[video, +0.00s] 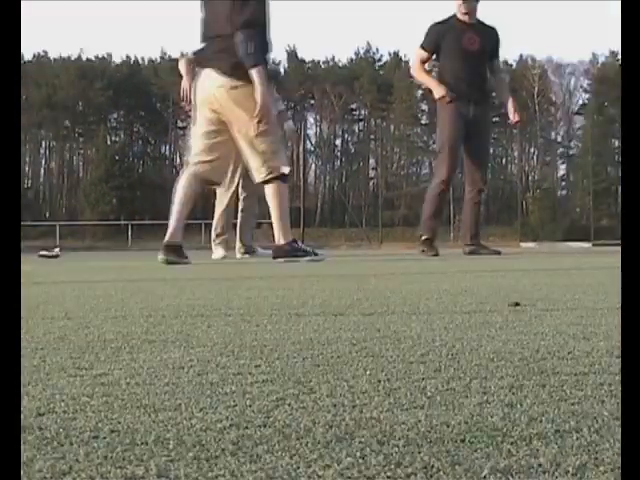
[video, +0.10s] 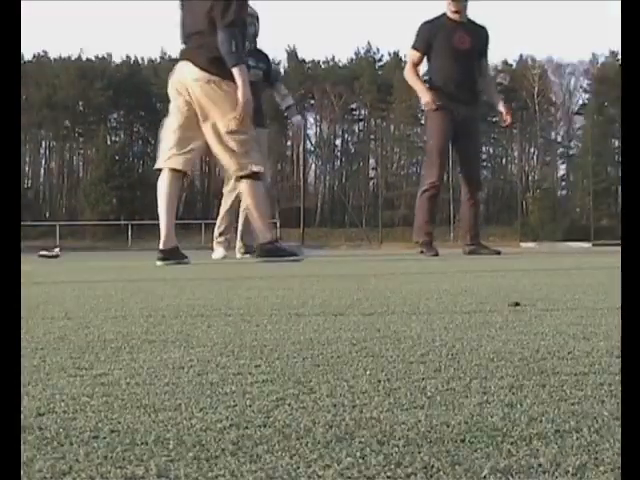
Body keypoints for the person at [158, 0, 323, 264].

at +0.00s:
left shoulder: (213, 7)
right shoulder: (250, 4)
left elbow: (214, 42)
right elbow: (247, 36)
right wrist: (262, 86)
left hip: (208, 77)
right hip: (239, 80)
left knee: (198, 165)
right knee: (272, 164)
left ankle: (172, 241)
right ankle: (284, 241)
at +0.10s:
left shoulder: (191, 6)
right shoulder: (230, 2)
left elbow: (191, 39)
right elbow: (227, 35)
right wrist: (243, 84)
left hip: (183, 70)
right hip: (215, 75)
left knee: (172, 162)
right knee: (246, 164)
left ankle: (167, 245)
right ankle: (267, 241)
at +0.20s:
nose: (244, 30)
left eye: (247, 26)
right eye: (242, 25)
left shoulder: (183, 5)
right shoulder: (223, 2)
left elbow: (181, 34)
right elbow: (222, 35)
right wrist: (238, 80)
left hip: (178, 68)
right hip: (210, 73)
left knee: (171, 161)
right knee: (233, 162)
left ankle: (167, 245)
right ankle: (248, 241)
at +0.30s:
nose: (245, 29)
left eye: (251, 25)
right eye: (242, 24)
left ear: (258, 27)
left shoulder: (179, 6)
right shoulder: (217, 3)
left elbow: (180, 36)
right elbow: (217, 35)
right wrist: (235, 81)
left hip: (172, 68)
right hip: (202, 73)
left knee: (167, 162)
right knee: (223, 162)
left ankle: (166, 245)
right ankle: (248, 241)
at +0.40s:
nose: (247, 30)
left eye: (252, 25)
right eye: (243, 25)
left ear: (260, 28)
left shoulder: (173, 6)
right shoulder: (214, 3)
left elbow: (172, 41)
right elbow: (214, 36)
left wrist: (162, 96)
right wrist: (235, 81)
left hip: (168, 69)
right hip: (199, 72)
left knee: (167, 162)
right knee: (221, 160)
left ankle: (166, 246)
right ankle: (248, 241)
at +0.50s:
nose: (246, 32)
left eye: (251, 28)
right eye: (243, 28)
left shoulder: (169, 5)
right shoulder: (213, 3)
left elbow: (161, 48)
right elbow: (214, 38)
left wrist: (157, 97)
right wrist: (235, 81)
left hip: (169, 74)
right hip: (201, 74)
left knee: (169, 163)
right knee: (226, 161)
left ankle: (166, 245)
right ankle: (248, 241)